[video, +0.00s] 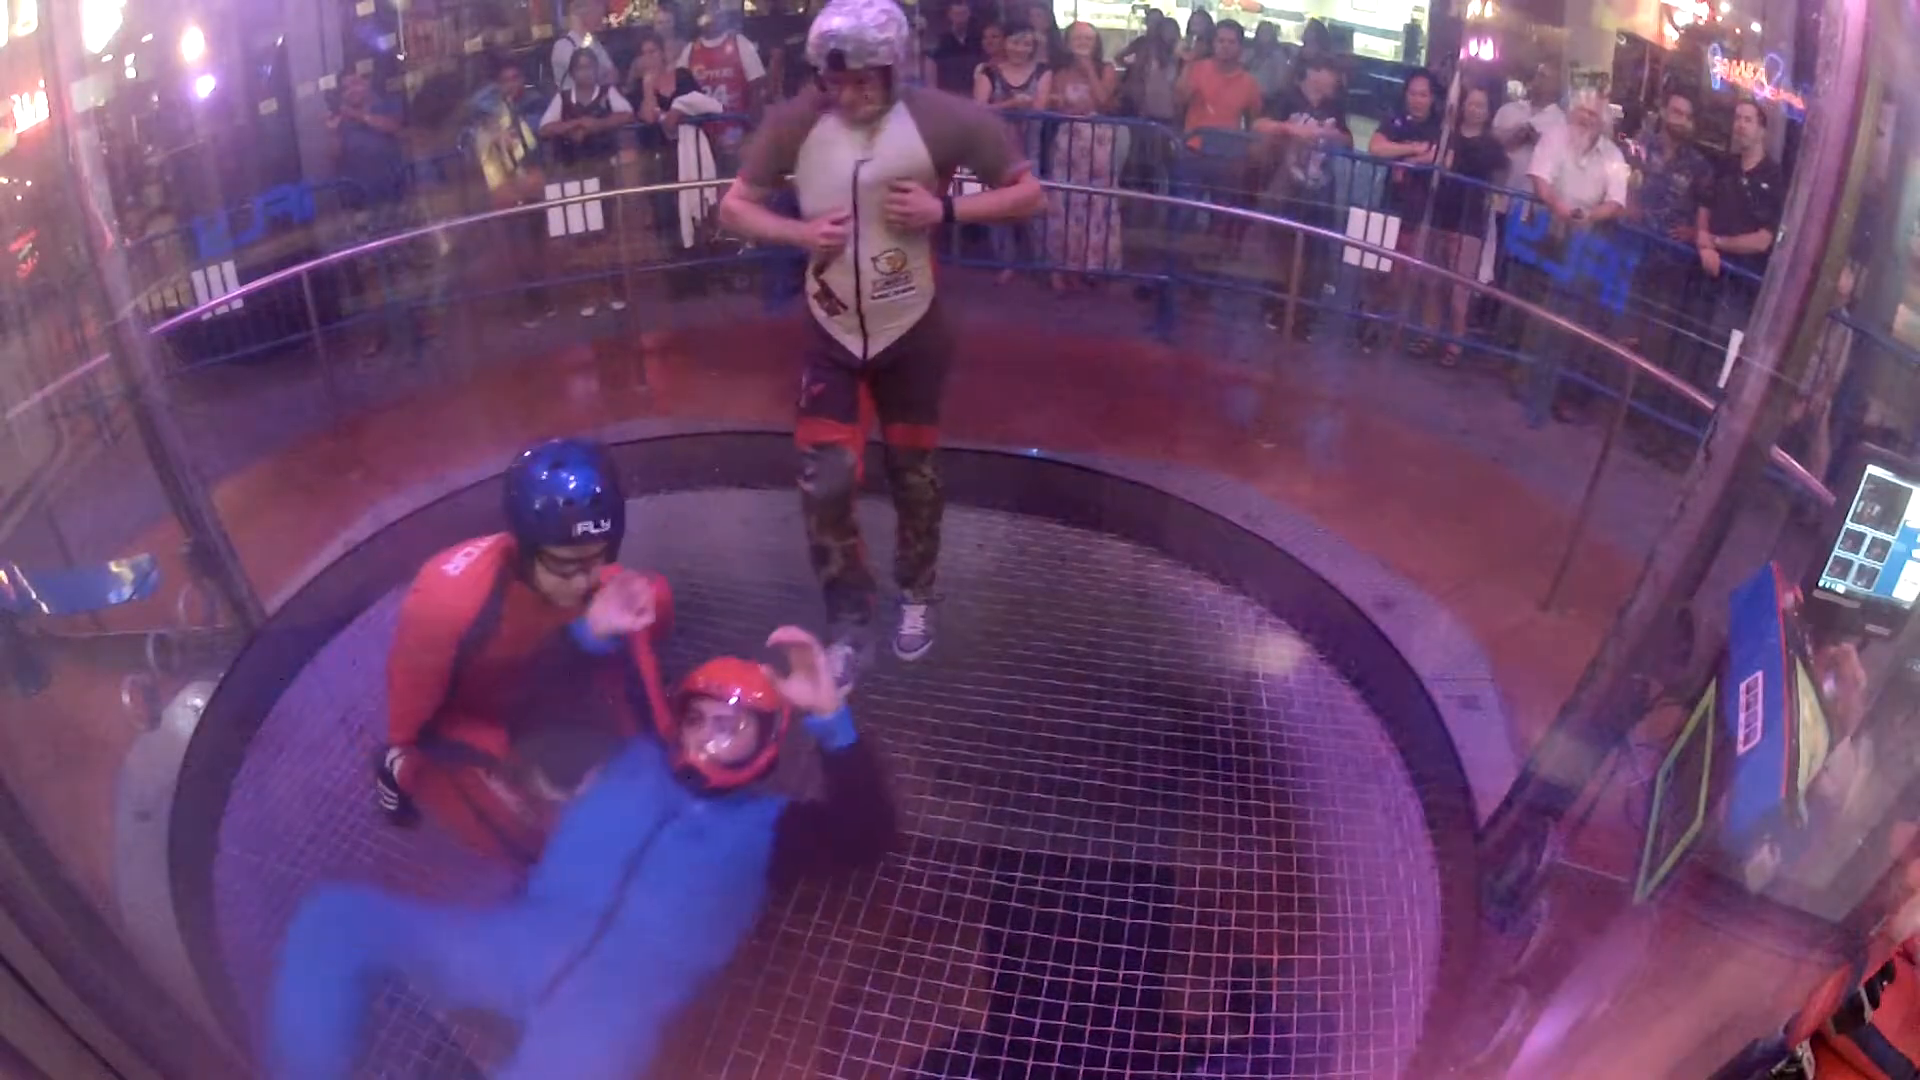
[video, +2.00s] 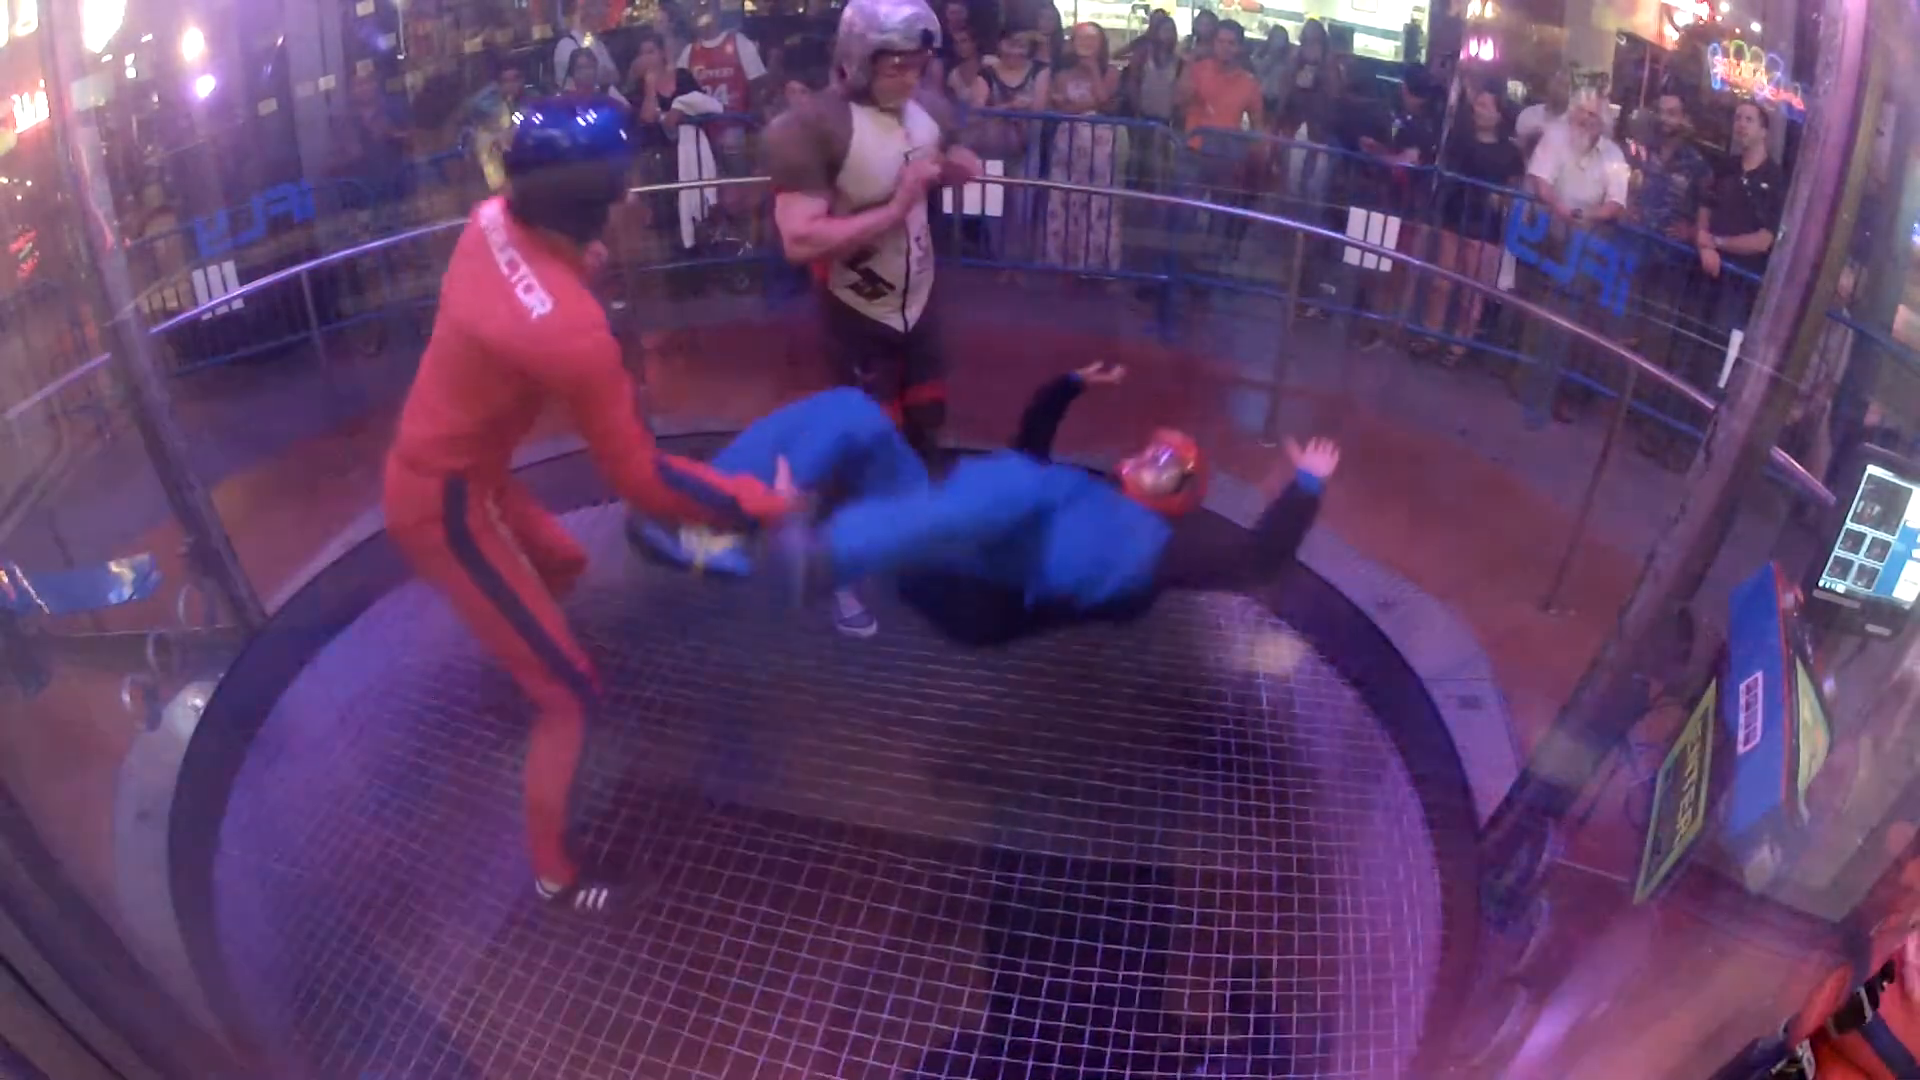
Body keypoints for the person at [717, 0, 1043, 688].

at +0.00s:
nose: (852, 95)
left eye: (867, 81)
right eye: (839, 81)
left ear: (895, 72)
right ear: (821, 73)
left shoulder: (945, 120)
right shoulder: (795, 122)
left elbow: (1029, 193)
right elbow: (732, 205)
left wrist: (947, 207)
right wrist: (800, 231)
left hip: (912, 329)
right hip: (830, 331)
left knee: (911, 477)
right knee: (822, 485)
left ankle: (917, 596)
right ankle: (849, 622)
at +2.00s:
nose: (905, 79)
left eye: (914, 66)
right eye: (892, 67)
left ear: (925, 64)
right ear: (855, 64)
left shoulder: (922, 114)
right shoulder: (810, 128)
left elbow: (918, 178)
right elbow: (799, 241)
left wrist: (948, 171)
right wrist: (895, 210)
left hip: (921, 308)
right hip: (856, 316)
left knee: (928, 427)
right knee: (873, 434)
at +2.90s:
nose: (872, 64)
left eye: (874, 52)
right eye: (857, 54)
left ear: (878, 56)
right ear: (824, 60)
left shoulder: (886, 119)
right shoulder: (799, 122)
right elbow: (834, 219)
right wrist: (929, 162)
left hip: (901, 312)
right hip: (844, 318)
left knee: (925, 436)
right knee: (860, 459)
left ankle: (869, 546)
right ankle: (828, 573)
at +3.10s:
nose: (901, 69)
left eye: (904, 58)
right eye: (892, 57)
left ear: (885, 58)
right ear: (855, 54)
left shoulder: (879, 111)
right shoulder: (827, 118)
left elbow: (907, 181)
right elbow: (871, 219)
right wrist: (958, 159)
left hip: (906, 311)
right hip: (858, 317)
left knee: (930, 436)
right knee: (871, 460)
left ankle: (879, 549)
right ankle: (831, 575)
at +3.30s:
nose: (911, 58)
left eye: (909, 47)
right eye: (901, 46)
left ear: (854, 50)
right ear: (870, 51)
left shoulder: (893, 112)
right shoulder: (834, 114)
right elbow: (884, 216)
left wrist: (966, 127)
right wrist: (959, 147)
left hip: (914, 310)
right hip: (869, 314)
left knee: (924, 431)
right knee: (880, 454)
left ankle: (879, 550)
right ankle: (831, 573)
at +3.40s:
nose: (907, 48)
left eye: (910, 40)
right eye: (895, 39)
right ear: (866, 50)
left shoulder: (900, 112)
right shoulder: (834, 115)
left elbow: (947, 147)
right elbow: (873, 212)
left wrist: (959, 113)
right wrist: (944, 153)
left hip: (917, 310)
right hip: (871, 314)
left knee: (923, 433)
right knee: (882, 457)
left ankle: (879, 548)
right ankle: (834, 572)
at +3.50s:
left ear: (873, 116)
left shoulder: (902, 129)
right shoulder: (838, 159)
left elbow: (960, 168)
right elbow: (874, 215)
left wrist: (950, 133)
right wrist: (937, 152)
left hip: (918, 317)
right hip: (870, 319)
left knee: (922, 435)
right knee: (884, 458)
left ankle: (881, 549)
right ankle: (836, 569)